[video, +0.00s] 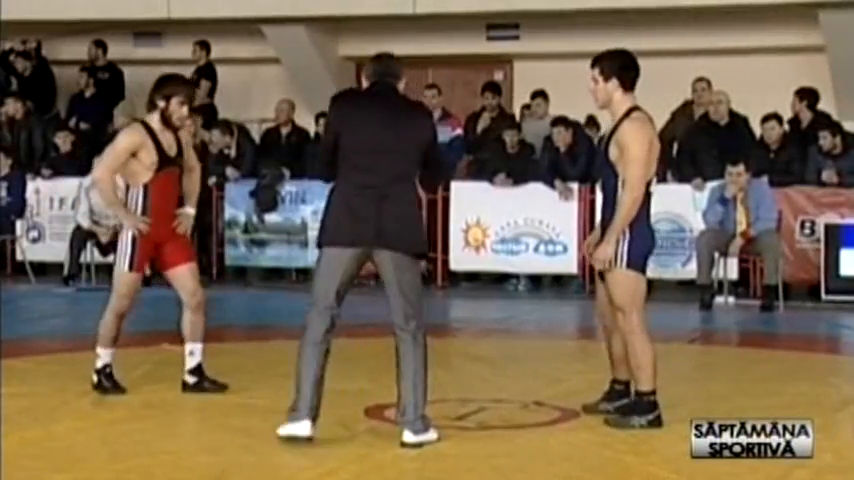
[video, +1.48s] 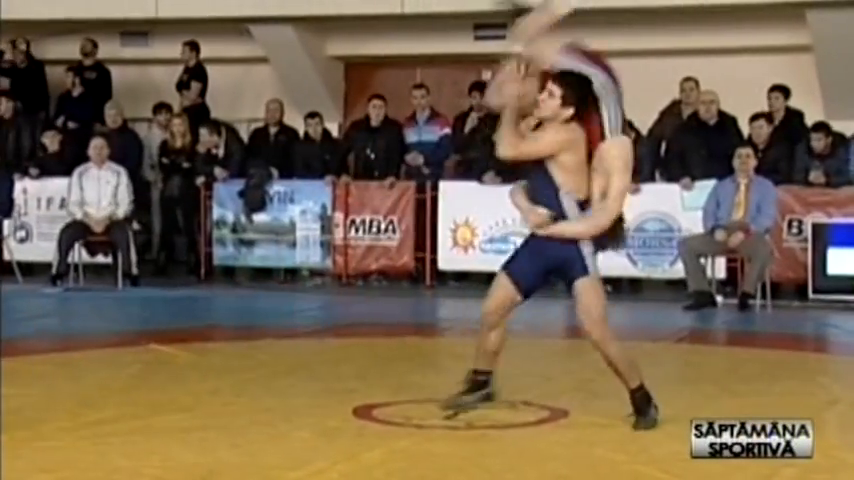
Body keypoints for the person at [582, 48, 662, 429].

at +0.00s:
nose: (591, 88)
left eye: (595, 81)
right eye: (592, 80)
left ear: (614, 83)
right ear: (618, 83)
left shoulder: (635, 127)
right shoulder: (620, 125)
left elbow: (635, 190)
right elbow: (616, 189)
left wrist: (612, 239)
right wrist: (600, 233)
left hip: (630, 231)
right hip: (614, 228)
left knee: (630, 318)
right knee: (610, 315)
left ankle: (646, 399)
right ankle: (622, 385)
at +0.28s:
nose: (562, 101)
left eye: (564, 93)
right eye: (561, 94)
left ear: (580, 92)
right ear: (590, 92)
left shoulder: (604, 132)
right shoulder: (609, 128)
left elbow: (606, 188)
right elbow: (618, 184)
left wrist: (571, 230)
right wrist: (582, 226)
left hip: (611, 228)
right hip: (602, 226)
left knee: (610, 322)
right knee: (564, 305)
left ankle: (643, 403)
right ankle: (560, 383)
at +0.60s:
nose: (487, 138)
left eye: (487, 130)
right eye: (484, 132)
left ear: (503, 124)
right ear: (509, 124)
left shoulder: (535, 153)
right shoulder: (535, 150)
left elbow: (531, 211)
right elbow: (531, 210)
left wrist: (486, 221)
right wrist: (490, 223)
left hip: (573, 252)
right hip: (554, 252)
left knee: (579, 336)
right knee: (512, 319)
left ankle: (636, 402)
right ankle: (484, 390)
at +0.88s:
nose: (427, 186)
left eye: (428, 178)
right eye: (425, 179)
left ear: (445, 171)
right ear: (450, 169)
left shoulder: (466, 192)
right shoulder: (475, 183)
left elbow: (468, 251)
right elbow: (492, 235)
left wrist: (424, 238)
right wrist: (452, 225)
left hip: (558, 254)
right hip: (539, 258)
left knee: (582, 331)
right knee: (484, 309)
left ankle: (646, 395)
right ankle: (480, 390)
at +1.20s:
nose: (438, 172)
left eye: (442, 166)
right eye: (439, 166)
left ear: (457, 166)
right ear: (467, 166)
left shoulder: (472, 195)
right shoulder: (478, 191)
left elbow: (423, 230)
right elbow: (442, 240)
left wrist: (409, 187)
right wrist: (424, 195)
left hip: (538, 271)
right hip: (518, 270)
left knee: (563, 356)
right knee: (457, 314)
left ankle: (639, 402)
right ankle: (475, 391)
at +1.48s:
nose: (541, 97)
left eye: (548, 93)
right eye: (542, 91)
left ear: (565, 103)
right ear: (547, 99)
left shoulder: (569, 134)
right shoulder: (541, 128)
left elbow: (506, 151)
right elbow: (507, 150)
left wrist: (511, 109)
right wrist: (512, 100)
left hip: (574, 242)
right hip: (538, 241)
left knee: (595, 328)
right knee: (492, 311)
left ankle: (641, 397)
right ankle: (481, 382)